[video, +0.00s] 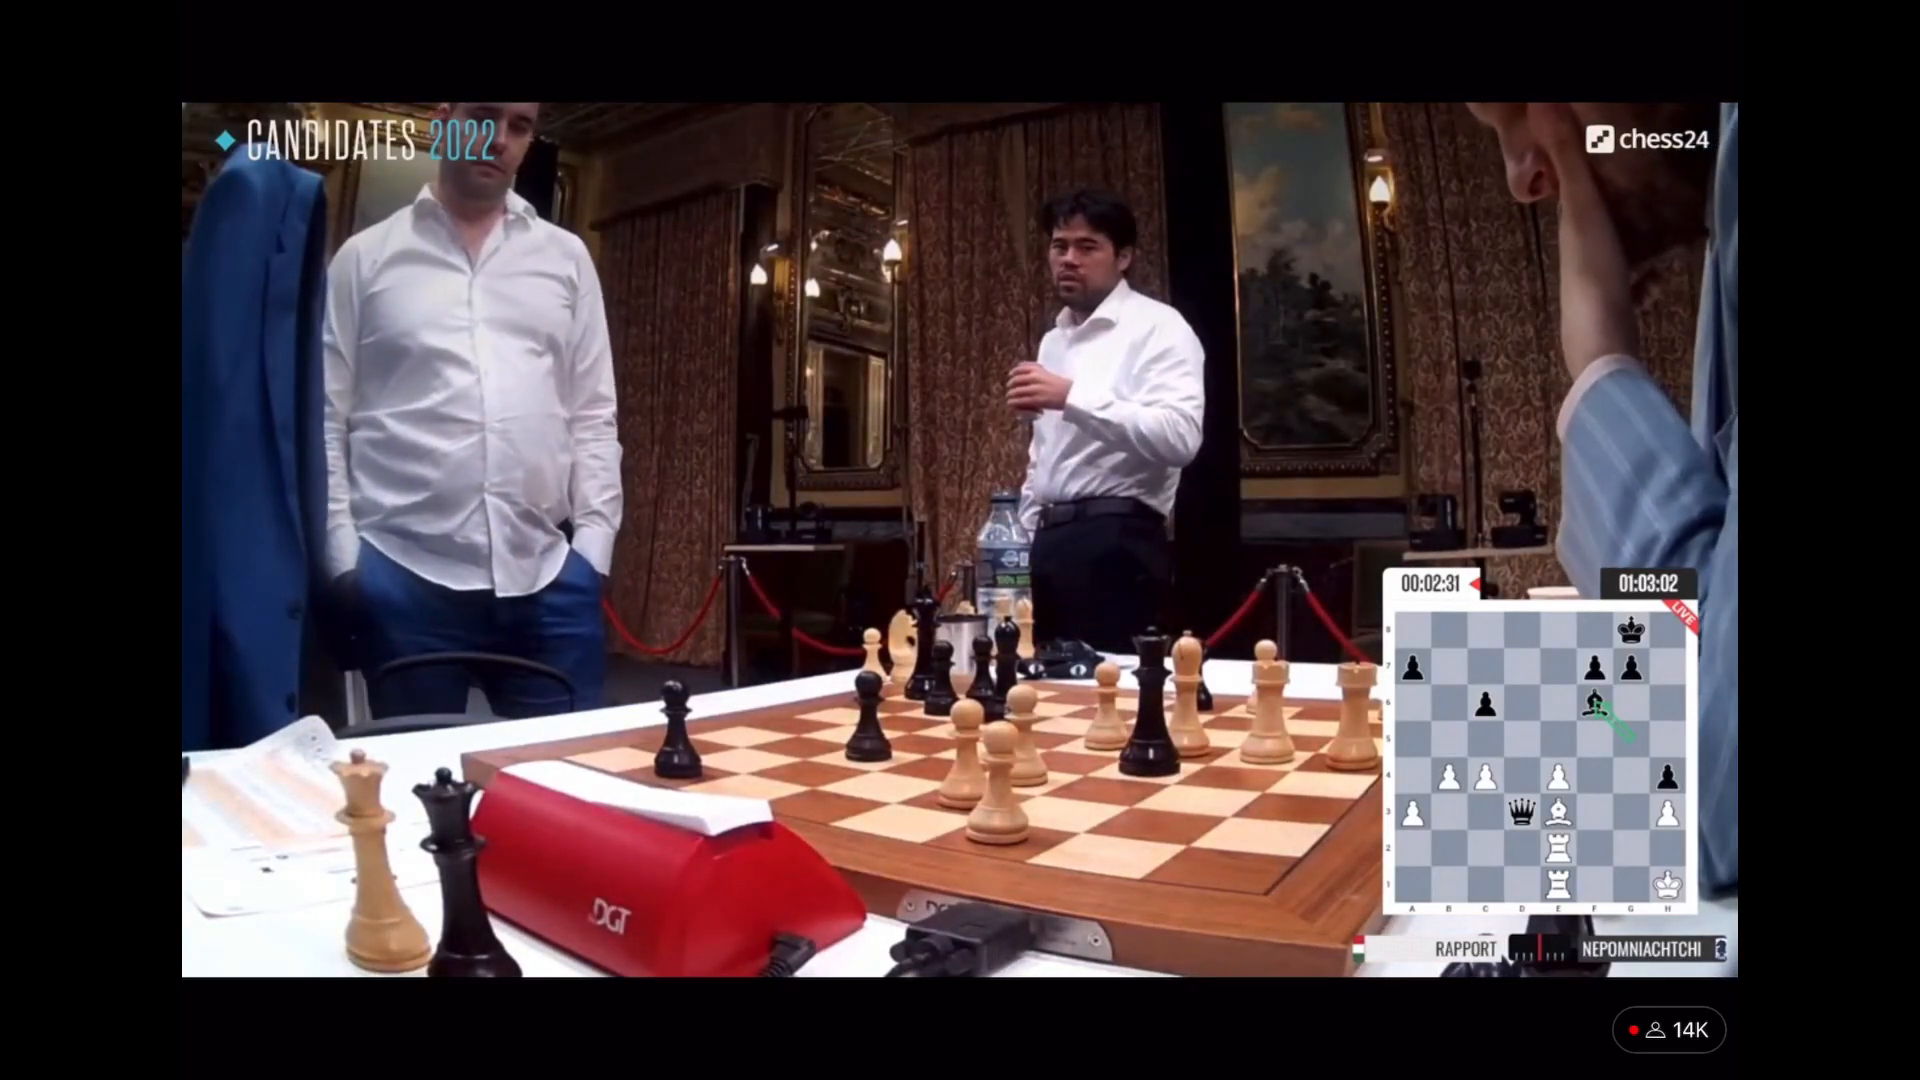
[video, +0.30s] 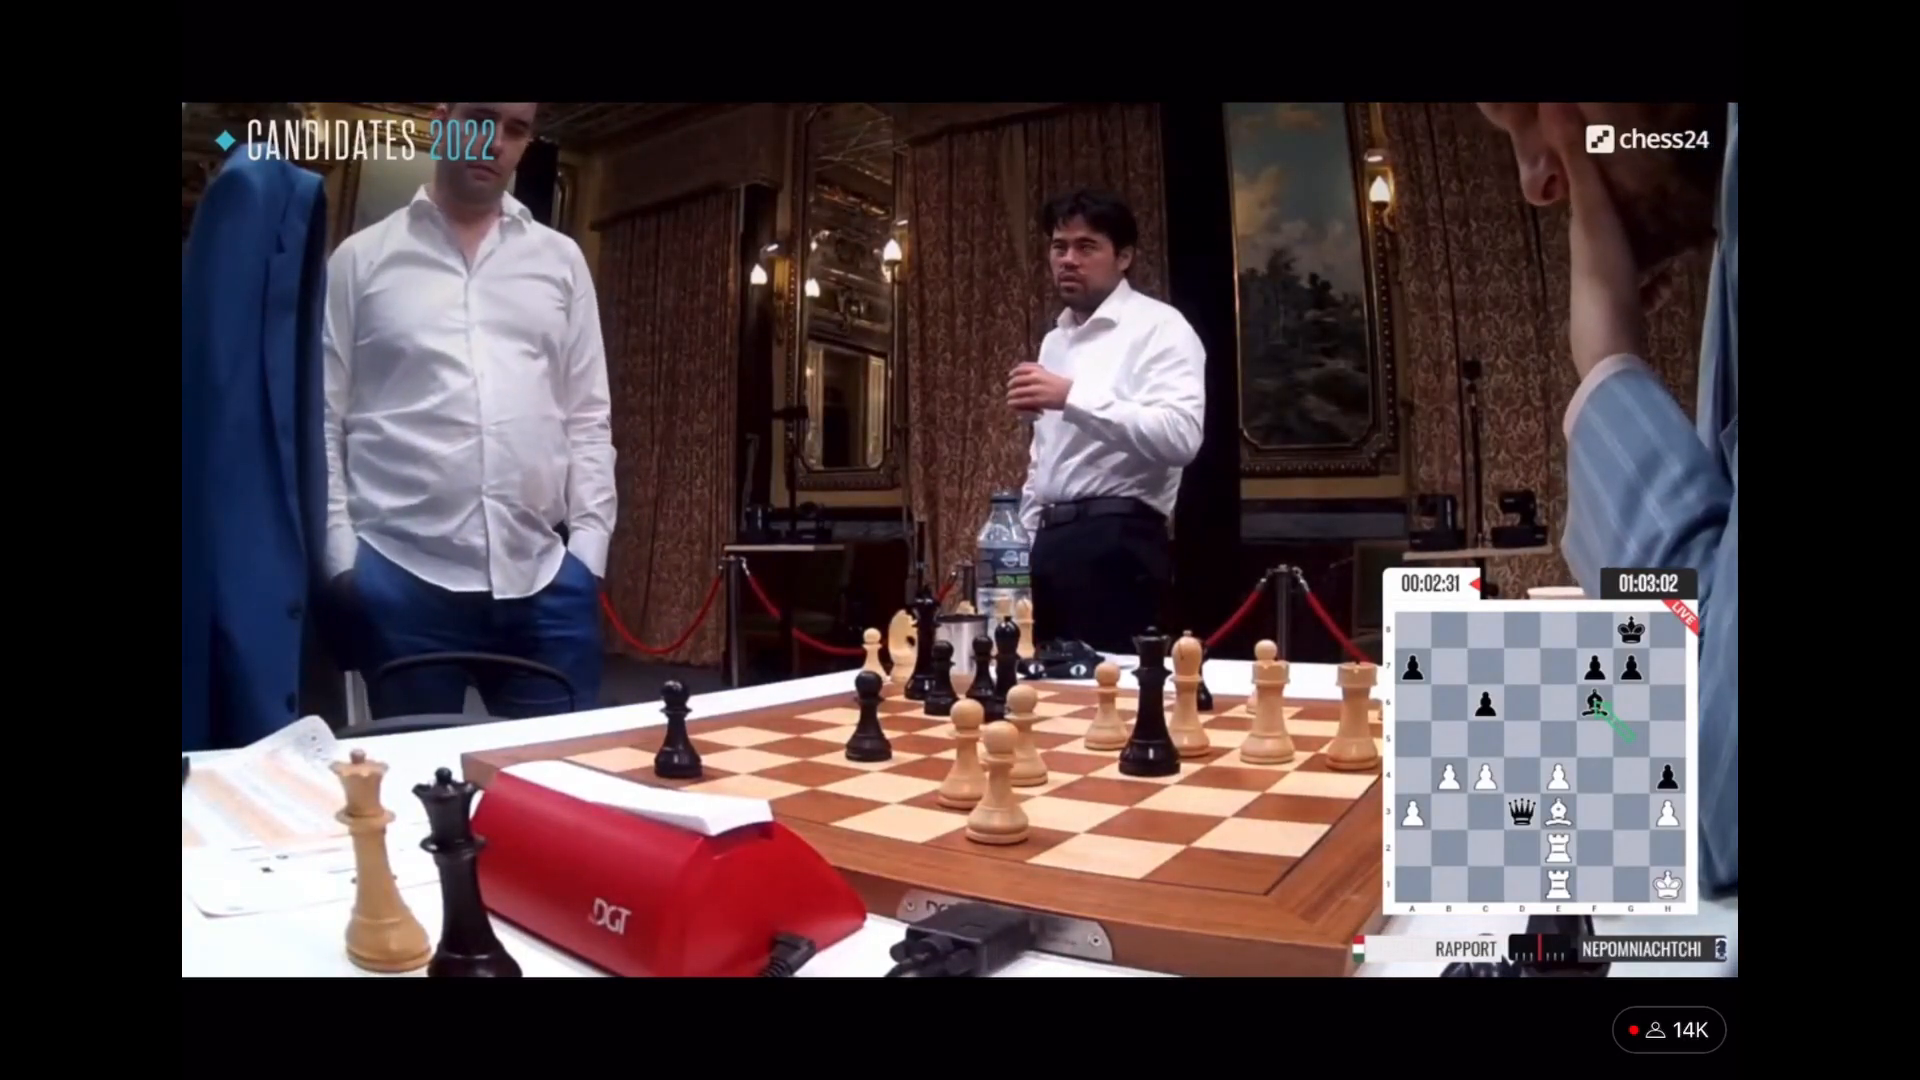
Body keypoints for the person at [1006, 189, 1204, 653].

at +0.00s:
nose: (1069, 260)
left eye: (1087, 247)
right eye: (1060, 246)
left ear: (1123, 258)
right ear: (1048, 254)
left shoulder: (1163, 329)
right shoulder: (1054, 342)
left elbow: (1179, 437)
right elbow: (1042, 452)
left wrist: (1071, 394)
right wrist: (1029, 529)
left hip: (1121, 534)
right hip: (1054, 534)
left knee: (1119, 694)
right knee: (1057, 694)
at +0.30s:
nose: (1068, 261)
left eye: (1086, 247)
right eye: (1060, 247)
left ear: (1123, 258)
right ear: (1049, 255)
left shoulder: (1164, 329)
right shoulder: (1055, 342)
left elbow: (1180, 436)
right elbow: (1043, 453)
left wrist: (1072, 394)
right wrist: (1029, 531)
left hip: (1121, 534)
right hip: (1054, 534)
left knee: (1119, 694)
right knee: (1057, 695)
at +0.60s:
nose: (1068, 261)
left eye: (1085, 247)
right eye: (1059, 247)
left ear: (1123, 257)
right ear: (1049, 255)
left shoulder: (1163, 328)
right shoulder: (1056, 342)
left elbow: (1180, 435)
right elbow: (1045, 453)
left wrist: (1071, 394)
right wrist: (1028, 532)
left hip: (1122, 534)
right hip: (1055, 533)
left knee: (1119, 694)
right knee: (1056, 695)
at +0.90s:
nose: (1070, 261)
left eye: (1087, 248)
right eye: (1061, 247)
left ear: (1125, 258)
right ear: (1050, 255)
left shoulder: (1164, 328)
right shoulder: (1058, 342)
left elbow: (1180, 435)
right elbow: (1047, 457)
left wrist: (1071, 394)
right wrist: (1028, 539)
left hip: (1124, 536)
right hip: (1057, 535)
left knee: (1120, 695)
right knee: (1058, 696)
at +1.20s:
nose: (1071, 261)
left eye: (1089, 249)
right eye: (1063, 248)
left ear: (1126, 258)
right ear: (1053, 255)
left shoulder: (1166, 328)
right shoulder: (1061, 343)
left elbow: (1182, 436)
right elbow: (1051, 459)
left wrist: (1073, 395)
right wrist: (1031, 537)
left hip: (1126, 535)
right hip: (1059, 534)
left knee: (1120, 695)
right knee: (1059, 695)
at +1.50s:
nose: (1071, 261)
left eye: (1088, 248)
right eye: (1063, 248)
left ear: (1126, 258)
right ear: (1052, 254)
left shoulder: (1166, 329)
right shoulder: (1060, 344)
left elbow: (1181, 437)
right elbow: (1050, 461)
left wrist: (1072, 397)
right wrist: (1029, 539)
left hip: (1125, 536)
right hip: (1058, 535)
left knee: (1122, 696)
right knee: (1059, 696)